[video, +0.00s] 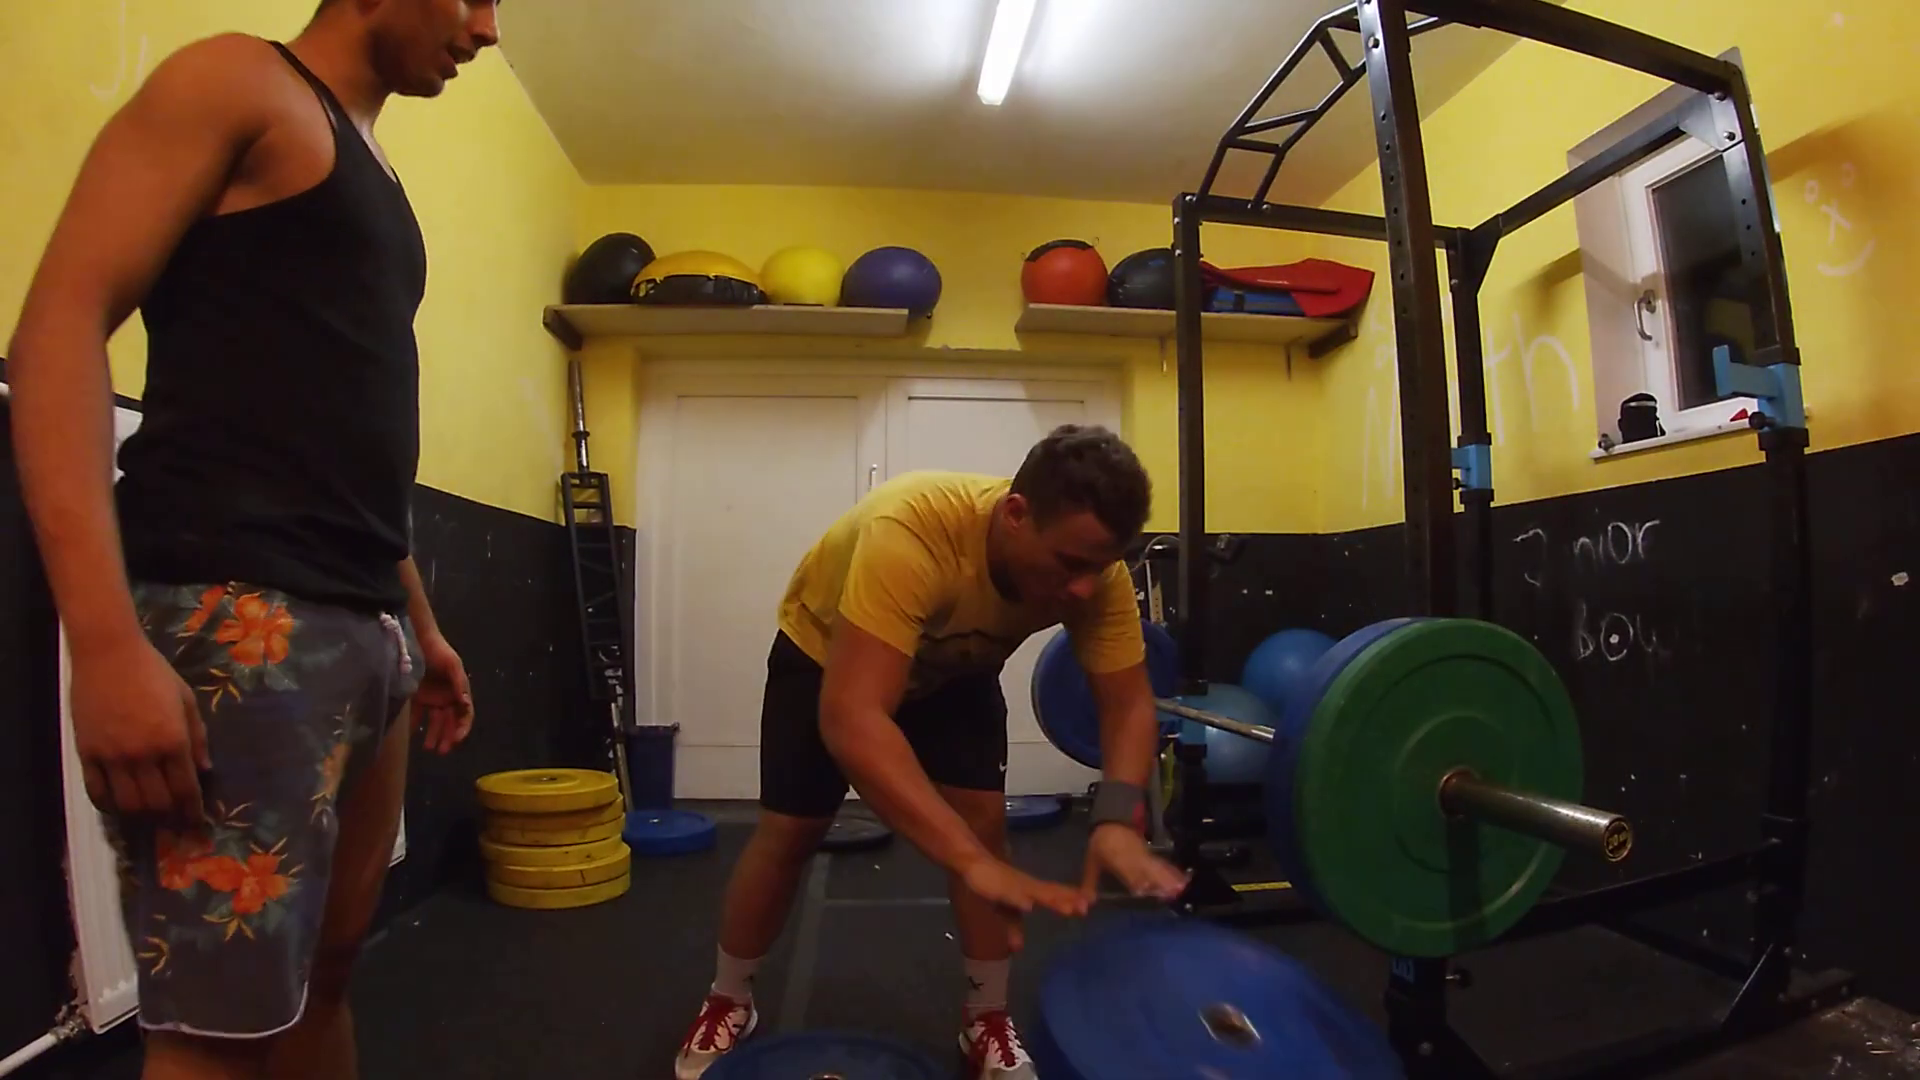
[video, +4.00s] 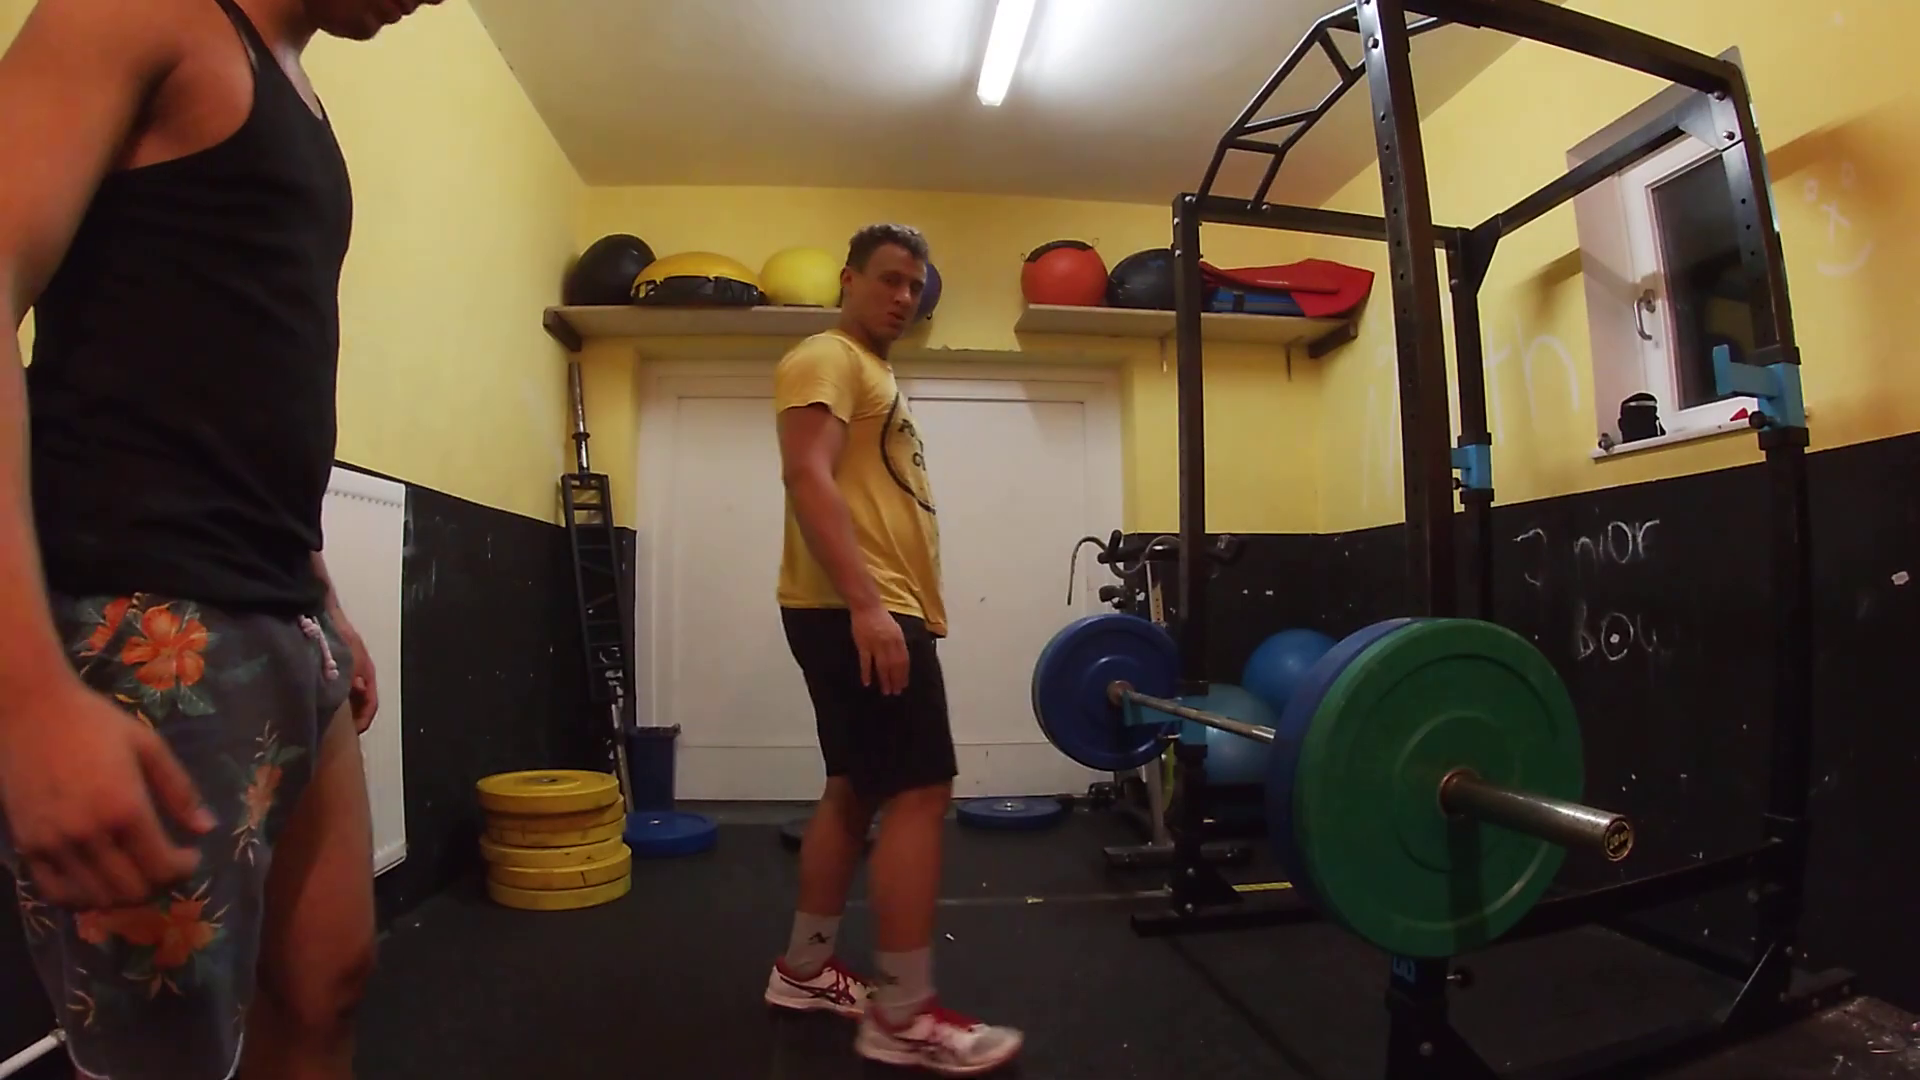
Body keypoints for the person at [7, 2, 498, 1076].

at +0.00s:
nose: (486, 30)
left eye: (490, 12)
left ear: (384, 2)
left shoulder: (363, 165)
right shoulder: (232, 80)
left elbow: (344, 423)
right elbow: (55, 333)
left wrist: (414, 616)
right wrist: (104, 643)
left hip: (361, 634)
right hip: (236, 631)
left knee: (319, 993)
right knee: (214, 1035)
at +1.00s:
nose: (472, 29)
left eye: (485, 12)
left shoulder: (353, 133)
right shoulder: (203, 48)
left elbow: (330, 409)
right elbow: (17, 269)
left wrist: (406, 610)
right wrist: (175, 464)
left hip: (337, 622)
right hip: (188, 617)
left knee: (322, 995)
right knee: (192, 1035)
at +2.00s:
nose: (427, 65)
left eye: (450, 45)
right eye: (434, 24)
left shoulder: (340, 146)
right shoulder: (187, 66)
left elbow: (328, 400)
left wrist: (402, 599)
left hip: (345, 619)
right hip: (216, 620)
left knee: (319, 1000)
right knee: (209, 1039)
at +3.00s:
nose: (441, 72)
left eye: (465, 55)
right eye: (447, 31)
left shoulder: (354, 160)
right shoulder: (209, 72)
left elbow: (340, 405)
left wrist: (410, 601)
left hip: (356, 619)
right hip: (230, 618)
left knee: (322, 1004)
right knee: (215, 1035)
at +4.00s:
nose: (415, 1)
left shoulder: (287, 88)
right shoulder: (133, 17)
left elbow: (238, 383)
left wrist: (315, 595)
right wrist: (31, 696)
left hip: (282, 628)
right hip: (139, 639)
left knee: (321, 1000)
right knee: (160, 1056)